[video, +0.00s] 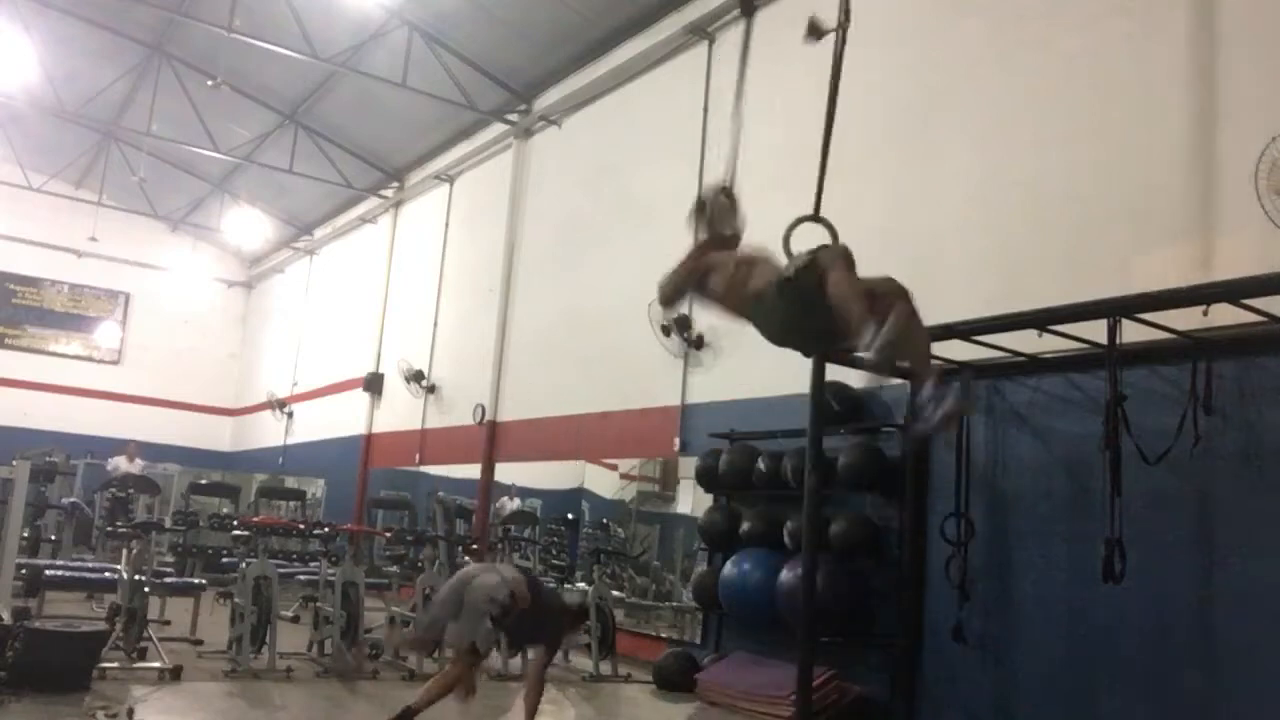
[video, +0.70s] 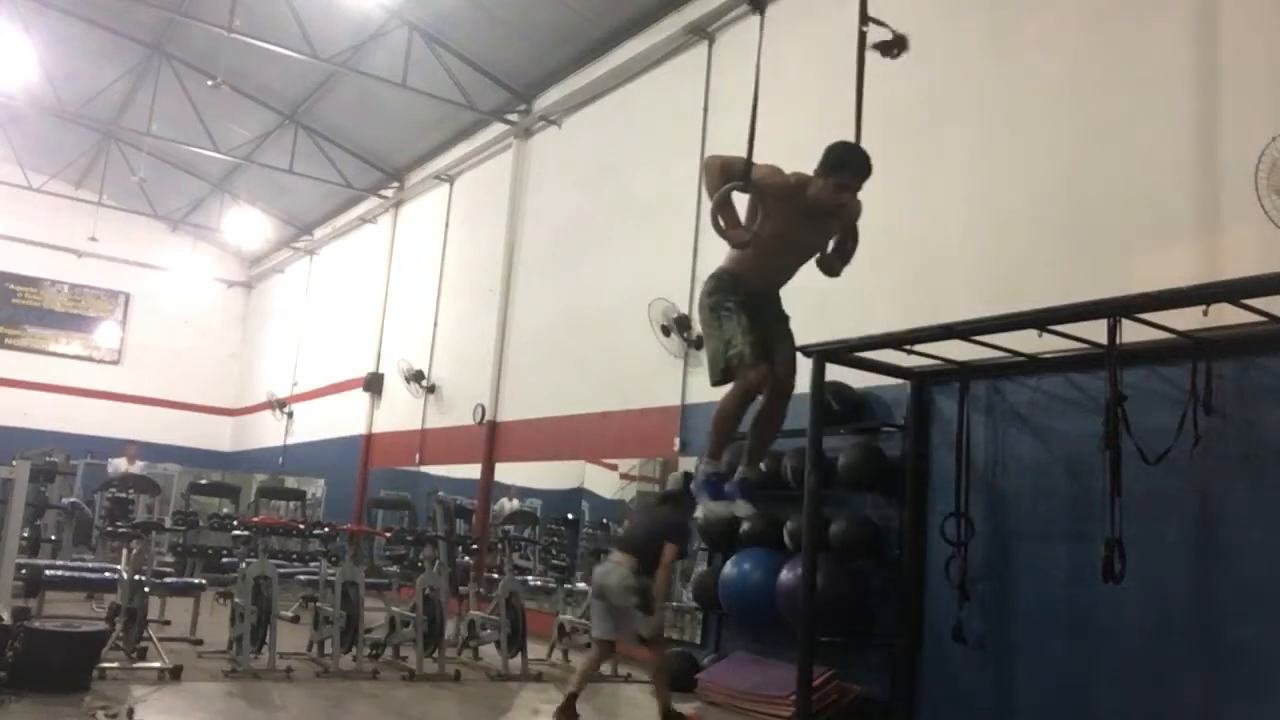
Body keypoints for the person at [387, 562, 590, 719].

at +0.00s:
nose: (574, 633)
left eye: (577, 629)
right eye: (577, 628)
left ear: (564, 603)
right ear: (576, 621)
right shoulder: (556, 619)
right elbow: (534, 676)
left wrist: (469, 675)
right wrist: (529, 717)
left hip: (472, 569)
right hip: (497, 585)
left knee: (423, 640)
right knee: (459, 668)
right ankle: (409, 711)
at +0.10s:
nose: (587, 595)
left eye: (588, 591)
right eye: (589, 589)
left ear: (570, 568)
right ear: (587, 584)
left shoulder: (544, 571)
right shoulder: (568, 589)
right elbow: (557, 649)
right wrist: (547, 699)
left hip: (475, 576)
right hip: (500, 585)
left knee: (468, 656)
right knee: (468, 662)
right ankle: (408, 711)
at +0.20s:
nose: (606, 567)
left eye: (606, 563)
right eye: (608, 562)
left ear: (586, 545)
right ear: (605, 557)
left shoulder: (563, 548)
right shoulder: (590, 571)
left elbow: (514, 563)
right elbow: (578, 625)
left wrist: (469, 599)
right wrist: (563, 670)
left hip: (499, 575)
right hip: (516, 587)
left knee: (534, 636)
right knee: (480, 658)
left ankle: (519, 704)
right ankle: (418, 704)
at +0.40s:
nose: (645, 537)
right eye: (645, 532)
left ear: (621, 522)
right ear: (642, 530)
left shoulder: (601, 534)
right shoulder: (630, 549)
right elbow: (620, 603)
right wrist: (615, 646)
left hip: (546, 584)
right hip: (559, 593)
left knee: (578, 647)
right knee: (550, 669)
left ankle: (562, 710)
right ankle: (486, 693)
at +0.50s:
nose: (662, 528)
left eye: (662, 523)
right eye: (662, 523)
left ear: (638, 511)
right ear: (658, 521)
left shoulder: (617, 523)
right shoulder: (646, 540)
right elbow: (634, 590)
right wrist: (634, 634)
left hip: (559, 573)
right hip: (580, 584)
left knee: (580, 646)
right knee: (602, 648)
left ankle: (562, 707)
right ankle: (549, 683)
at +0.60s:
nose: (680, 510)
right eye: (681, 505)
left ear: (661, 496)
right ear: (679, 504)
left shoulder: (639, 512)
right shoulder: (663, 523)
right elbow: (649, 571)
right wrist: (646, 614)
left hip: (582, 564)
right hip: (604, 571)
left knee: (585, 643)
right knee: (629, 637)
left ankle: (563, 704)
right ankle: (612, 704)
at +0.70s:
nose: (691, 514)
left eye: (691, 509)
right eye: (691, 509)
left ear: (667, 498)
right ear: (686, 506)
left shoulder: (646, 510)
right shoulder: (677, 522)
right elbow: (664, 564)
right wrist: (657, 609)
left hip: (603, 568)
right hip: (627, 576)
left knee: (602, 648)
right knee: (657, 648)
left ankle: (568, 704)